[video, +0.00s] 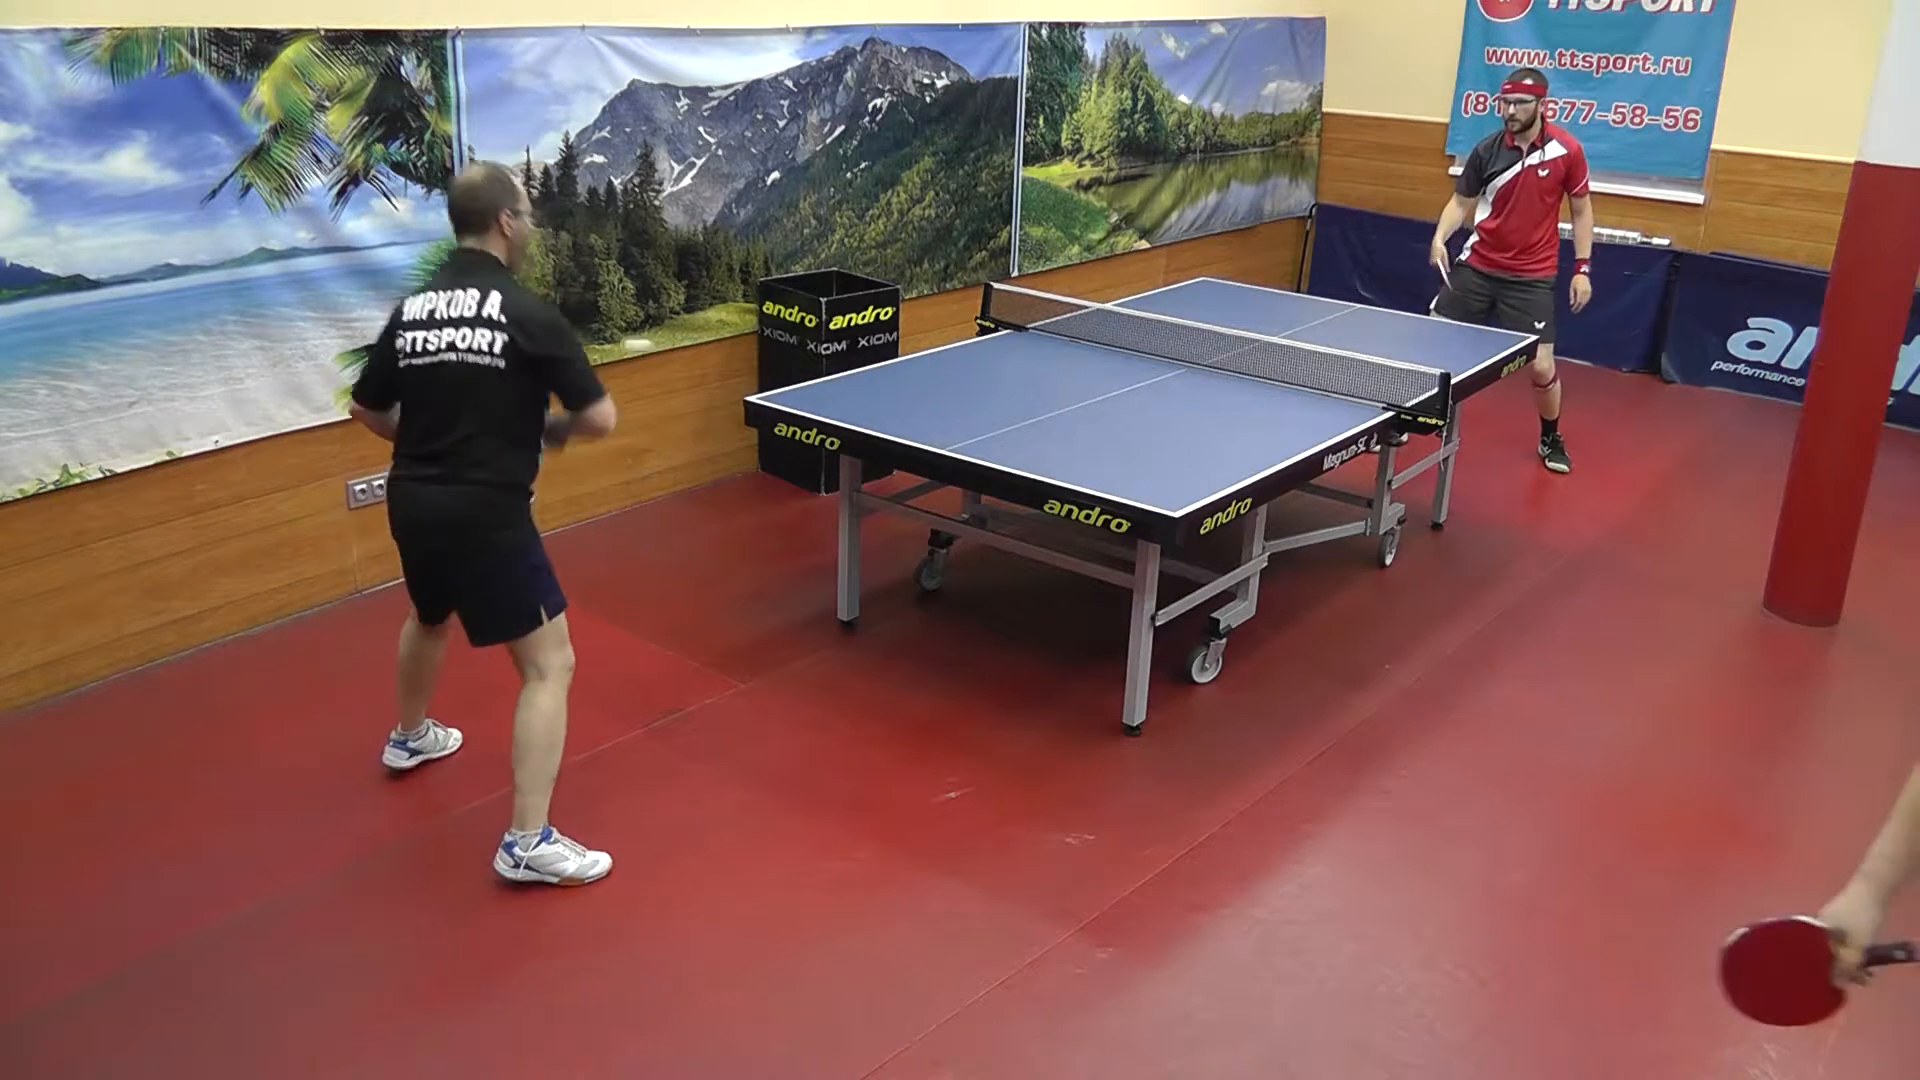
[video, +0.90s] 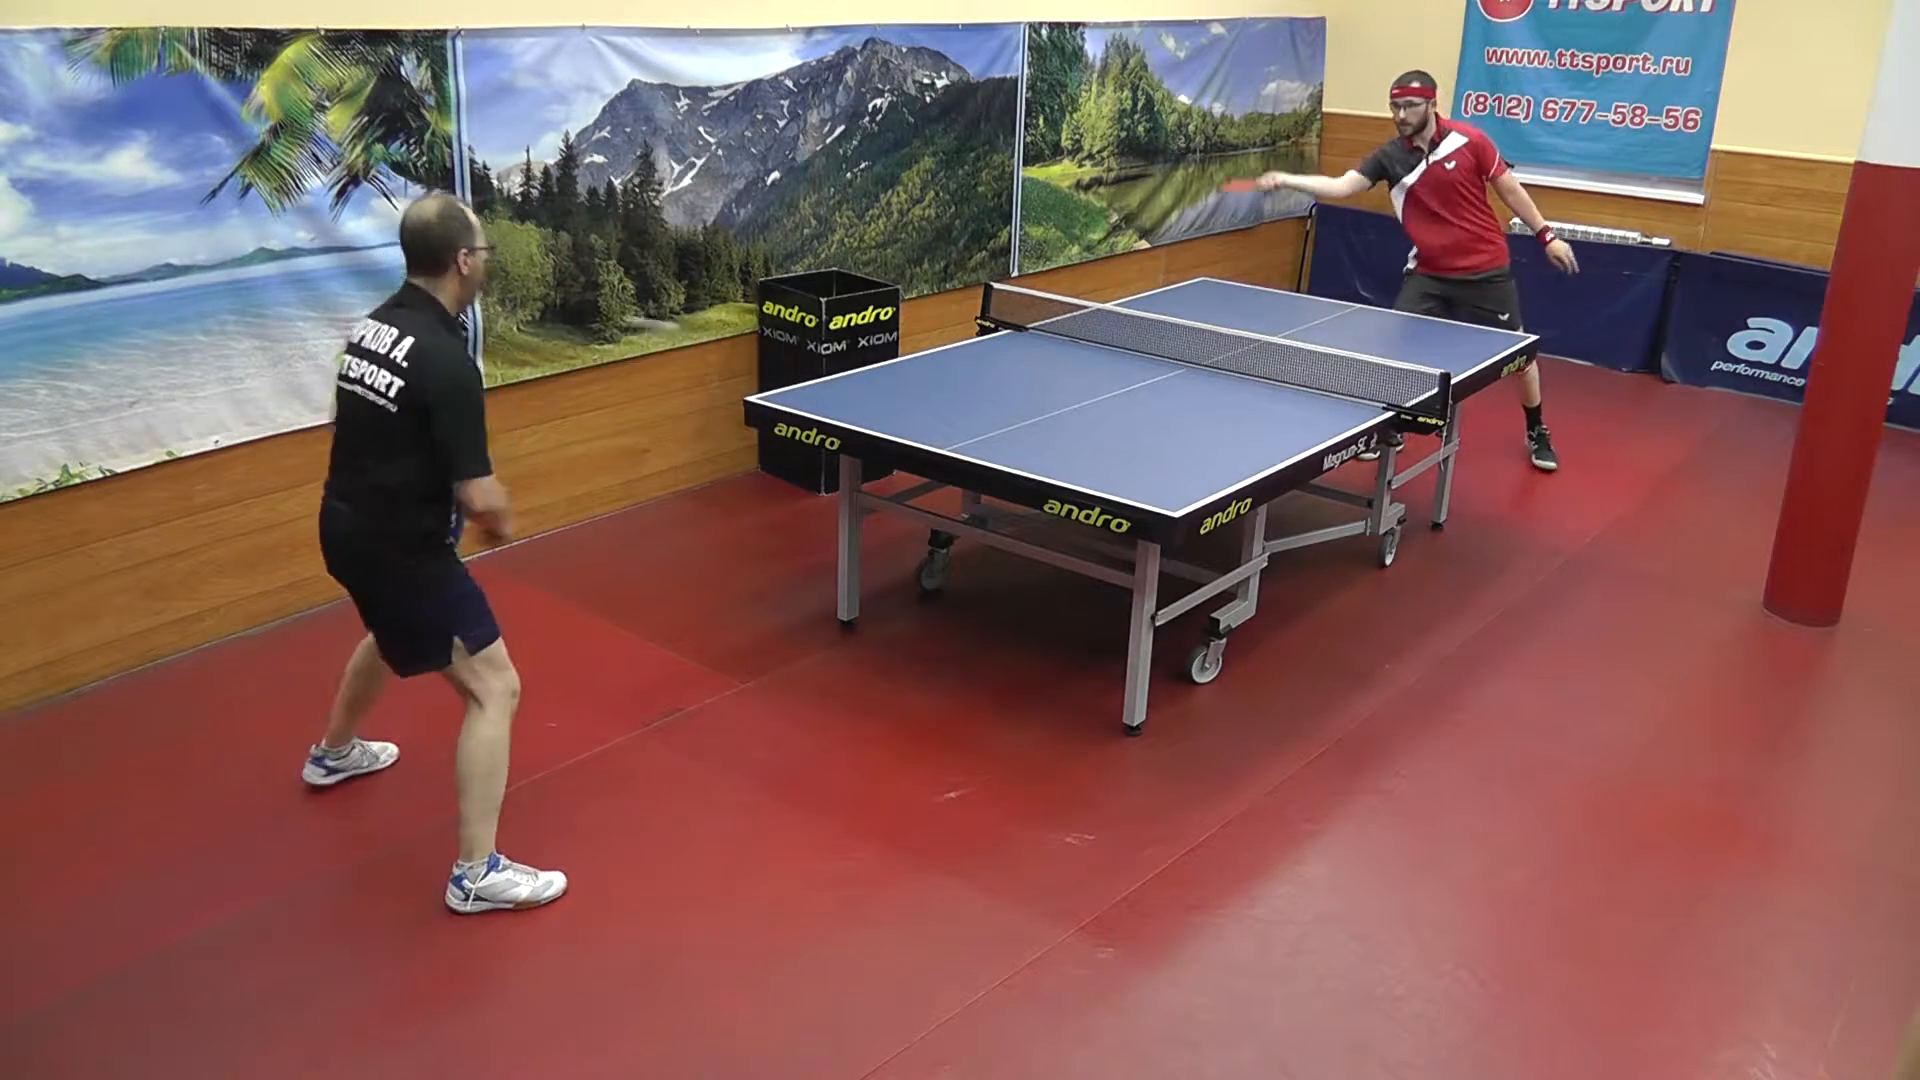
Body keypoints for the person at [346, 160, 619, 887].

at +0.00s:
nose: (531, 224)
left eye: (526, 211)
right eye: (526, 214)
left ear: (460, 225)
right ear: (506, 222)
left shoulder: (415, 307)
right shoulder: (529, 315)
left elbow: (370, 406)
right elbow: (599, 418)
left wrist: (429, 435)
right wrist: (549, 427)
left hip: (414, 505)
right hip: (490, 513)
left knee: (428, 618)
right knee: (548, 666)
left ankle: (408, 735)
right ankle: (527, 837)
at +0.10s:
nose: (495, 195)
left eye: (489, 183)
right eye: (488, 185)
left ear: (424, 201)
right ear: (468, 196)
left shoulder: (391, 293)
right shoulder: (506, 283)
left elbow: (352, 394)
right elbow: (614, 347)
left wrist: (417, 420)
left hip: (415, 489)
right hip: (491, 492)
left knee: (420, 610)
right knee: (537, 654)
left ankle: (406, 730)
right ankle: (535, 827)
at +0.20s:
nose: (465, 190)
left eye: (459, 179)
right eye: (458, 182)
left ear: (396, 206)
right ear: (441, 198)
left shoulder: (378, 299)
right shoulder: (492, 277)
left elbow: (346, 397)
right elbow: (612, 288)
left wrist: (411, 413)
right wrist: (678, 215)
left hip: (412, 496)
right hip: (486, 497)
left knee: (421, 618)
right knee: (531, 654)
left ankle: (399, 744)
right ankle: (535, 827)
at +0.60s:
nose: (464, 212)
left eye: (458, 200)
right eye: (455, 203)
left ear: (402, 222)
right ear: (428, 219)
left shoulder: (379, 300)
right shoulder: (443, 299)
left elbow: (361, 402)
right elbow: (533, 357)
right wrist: (642, 315)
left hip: (382, 502)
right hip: (438, 508)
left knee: (417, 625)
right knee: (489, 675)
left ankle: (399, 747)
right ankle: (480, 859)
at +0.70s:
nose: (481, 220)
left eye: (476, 210)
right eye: (473, 212)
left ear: (417, 233)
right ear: (446, 229)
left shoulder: (376, 313)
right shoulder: (460, 315)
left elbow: (368, 414)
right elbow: (535, 398)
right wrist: (641, 396)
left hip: (366, 512)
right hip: (427, 524)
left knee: (407, 619)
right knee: (480, 689)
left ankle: (386, 735)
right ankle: (476, 868)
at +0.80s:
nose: (497, 247)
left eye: (493, 235)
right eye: (490, 237)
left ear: (431, 250)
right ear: (462, 248)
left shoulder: (390, 317)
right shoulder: (456, 339)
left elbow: (395, 414)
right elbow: (514, 455)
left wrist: (468, 457)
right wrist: (593, 481)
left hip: (356, 525)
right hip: (409, 539)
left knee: (396, 628)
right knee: (491, 689)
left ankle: (341, 740)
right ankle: (476, 870)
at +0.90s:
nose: (487, 263)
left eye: (485, 250)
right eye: (483, 252)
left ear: (415, 259)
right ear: (463, 262)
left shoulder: (378, 323)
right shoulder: (446, 359)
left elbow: (390, 438)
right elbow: (479, 492)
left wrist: (468, 506)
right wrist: (500, 519)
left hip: (348, 527)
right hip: (403, 547)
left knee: (397, 626)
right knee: (495, 687)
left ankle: (335, 746)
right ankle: (476, 868)